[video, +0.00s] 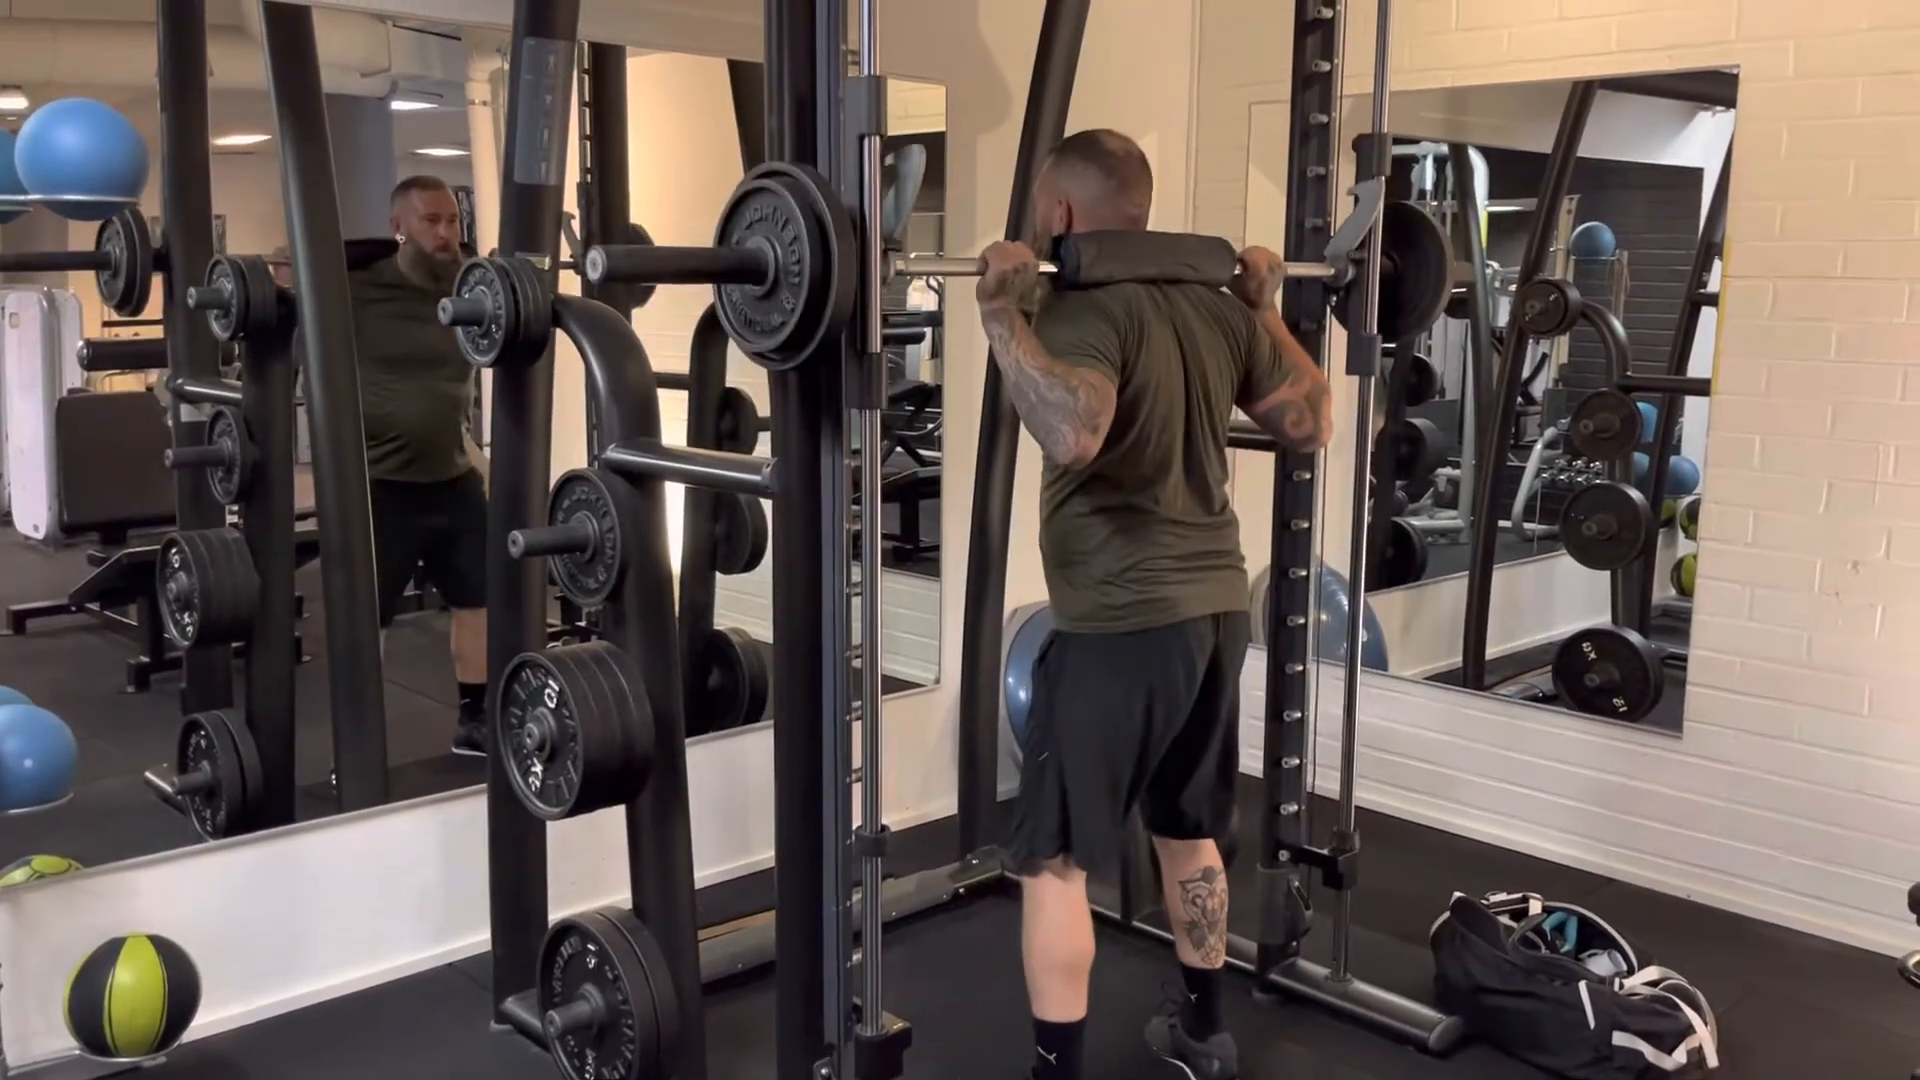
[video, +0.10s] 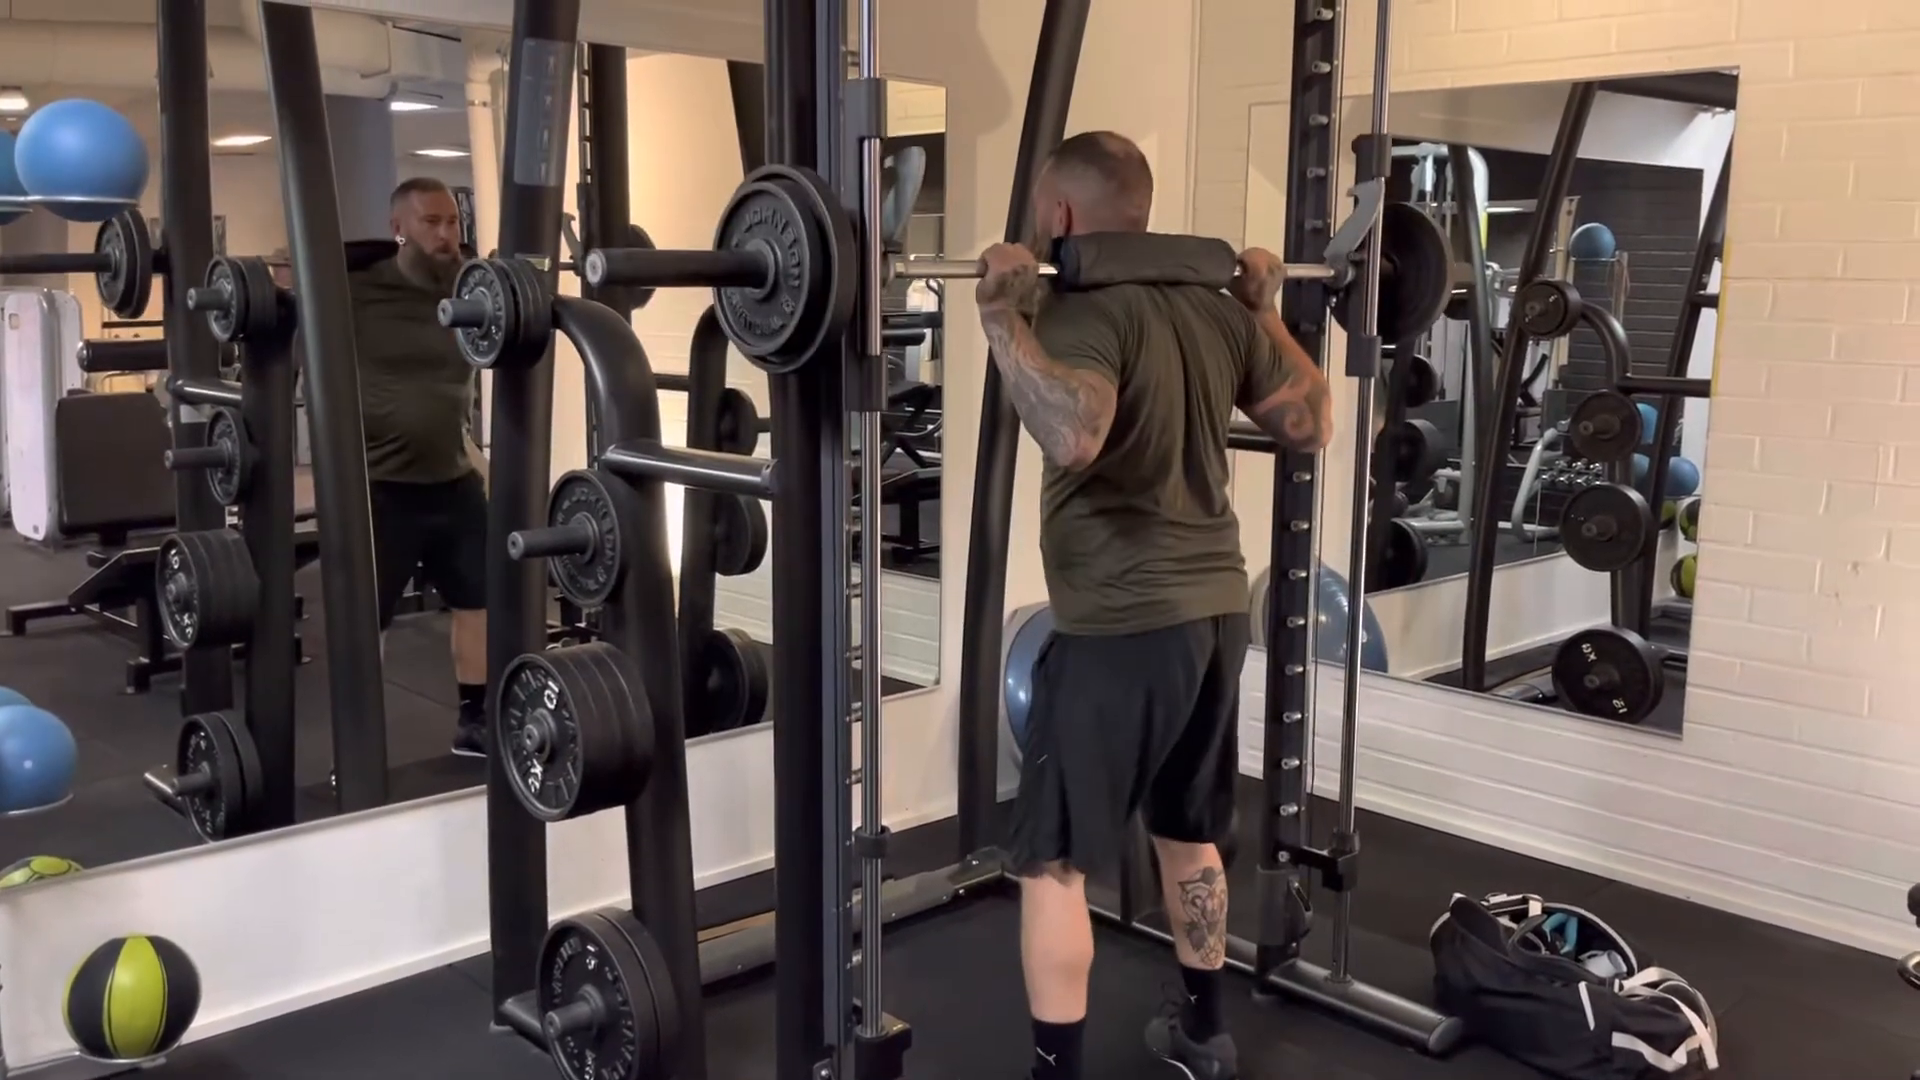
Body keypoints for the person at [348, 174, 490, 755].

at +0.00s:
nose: (448, 232)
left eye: (454, 220)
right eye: (434, 220)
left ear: (462, 225)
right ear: (399, 225)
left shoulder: (466, 289)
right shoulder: (355, 292)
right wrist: (278, 283)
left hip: (453, 479)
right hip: (378, 484)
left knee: (476, 594)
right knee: (361, 617)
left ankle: (477, 717)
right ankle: (353, 731)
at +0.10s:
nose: (449, 233)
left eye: (455, 221)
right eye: (434, 221)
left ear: (462, 226)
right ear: (399, 227)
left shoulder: (466, 291)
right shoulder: (355, 293)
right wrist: (277, 283)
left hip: (453, 482)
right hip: (378, 486)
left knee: (477, 596)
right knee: (362, 619)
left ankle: (477, 719)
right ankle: (353, 734)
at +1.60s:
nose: (457, 487)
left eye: (464, 473)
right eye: (442, 475)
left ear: (472, 471)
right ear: (410, 475)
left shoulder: (479, 518)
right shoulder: (365, 527)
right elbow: (288, 571)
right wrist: (293, 528)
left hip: (440, 638)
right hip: (373, 650)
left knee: (513, 624)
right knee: (346, 652)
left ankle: (479, 730)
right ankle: (355, 772)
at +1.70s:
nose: (458, 475)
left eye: (465, 461)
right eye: (443, 463)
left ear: (473, 460)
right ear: (411, 465)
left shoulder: (480, 509)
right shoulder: (366, 519)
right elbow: (290, 569)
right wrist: (293, 521)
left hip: (440, 628)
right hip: (372, 637)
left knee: (511, 623)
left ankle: (479, 732)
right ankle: (355, 770)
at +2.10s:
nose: (455, 379)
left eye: (461, 366)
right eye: (441, 366)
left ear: (470, 368)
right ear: (407, 370)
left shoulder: (473, 423)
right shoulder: (364, 420)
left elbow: (514, 467)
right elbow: (293, 470)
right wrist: (287, 421)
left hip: (430, 560)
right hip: (360, 565)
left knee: (508, 608)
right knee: (353, 653)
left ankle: (480, 728)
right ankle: (356, 765)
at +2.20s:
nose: (451, 346)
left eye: (456, 332)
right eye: (438, 333)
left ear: (465, 336)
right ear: (406, 337)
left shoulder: (473, 396)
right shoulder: (361, 383)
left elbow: (502, 450)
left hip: (435, 538)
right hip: (365, 542)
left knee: (506, 608)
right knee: (355, 651)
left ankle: (479, 731)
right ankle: (354, 766)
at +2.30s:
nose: (449, 311)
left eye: (454, 300)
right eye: (436, 301)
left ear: (461, 302)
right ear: (405, 306)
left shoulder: (469, 364)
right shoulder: (363, 365)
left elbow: (461, 450)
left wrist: (502, 519)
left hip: (440, 522)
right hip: (372, 527)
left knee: (503, 599)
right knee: (355, 640)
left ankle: (478, 731)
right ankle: (355, 760)